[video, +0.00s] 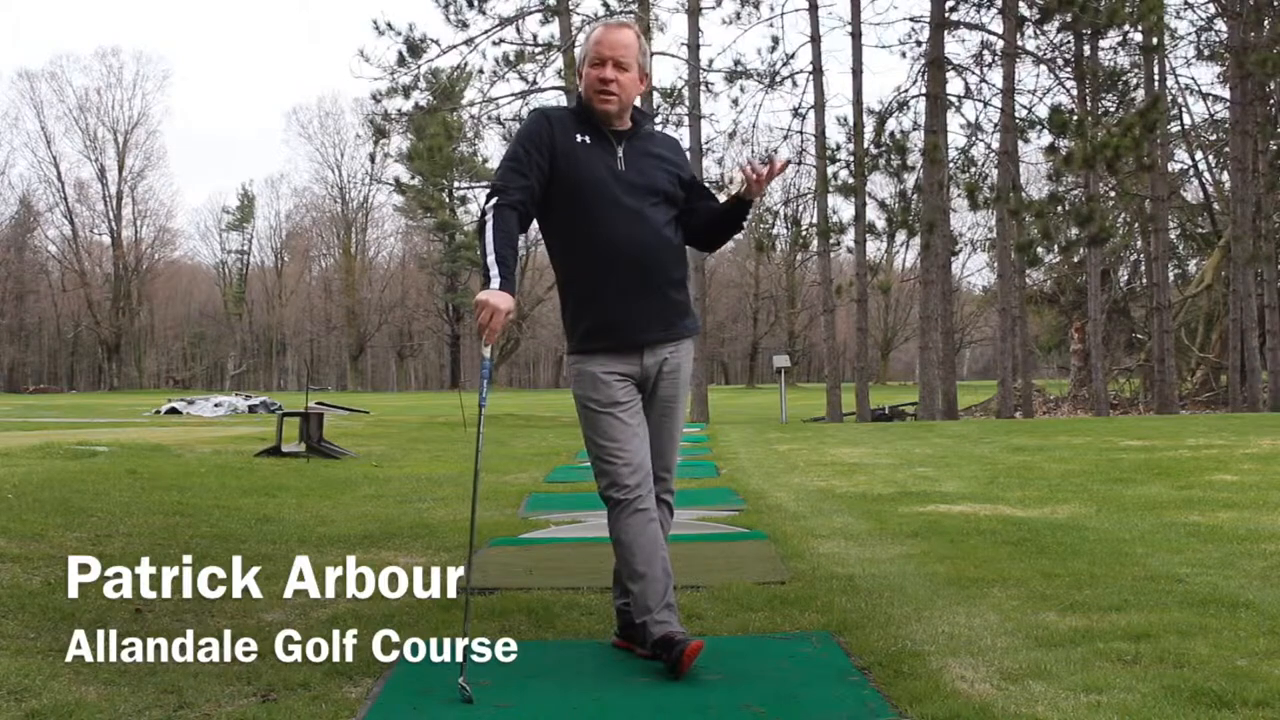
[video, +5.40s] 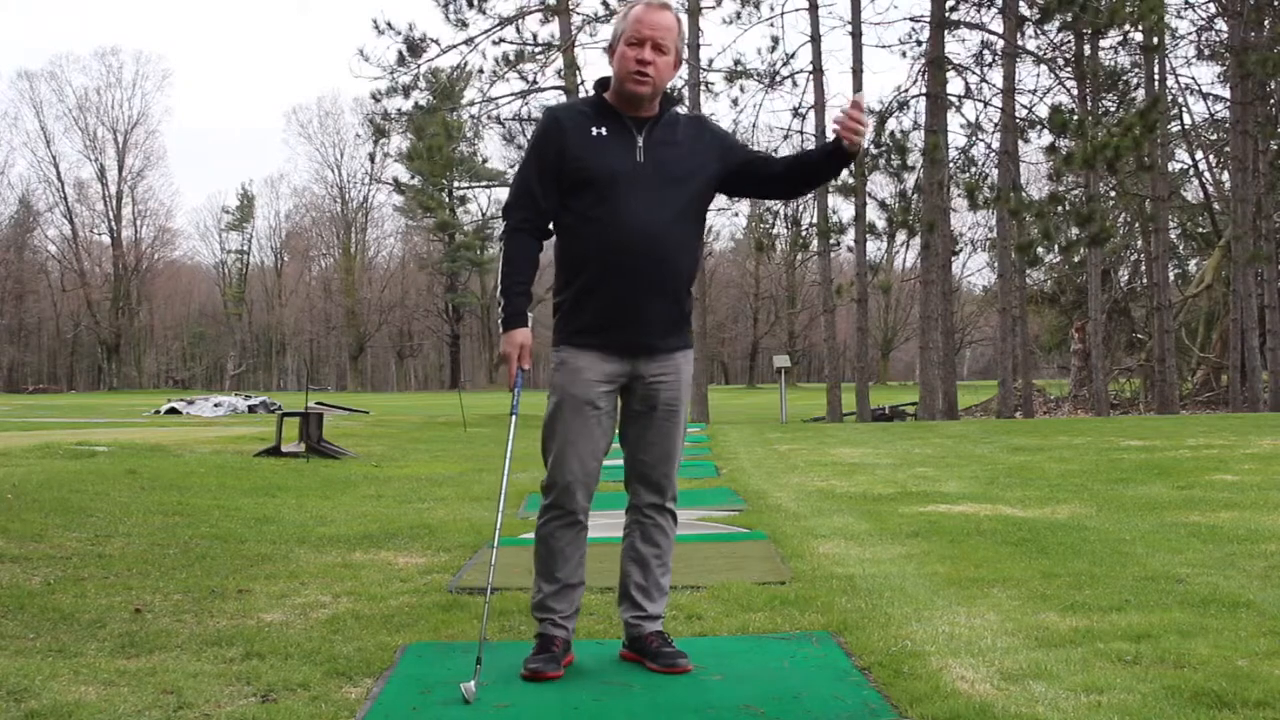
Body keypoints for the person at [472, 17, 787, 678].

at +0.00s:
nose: (607, 75)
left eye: (620, 66)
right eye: (598, 63)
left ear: (642, 80)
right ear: (580, 71)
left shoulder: (664, 149)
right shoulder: (549, 129)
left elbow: (704, 233)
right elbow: (508, 205)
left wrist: (742, 198)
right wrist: (500, 283)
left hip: (672, 342)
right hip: (600, 348)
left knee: (657, 490)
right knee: (628, 488)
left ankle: (634, 620)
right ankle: (663, 627)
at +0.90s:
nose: (597, 74)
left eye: (611, 64)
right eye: (587, 62)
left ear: (633, 76)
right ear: (569, 70)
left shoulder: (657, 142)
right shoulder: (538, 127)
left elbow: (690, 243)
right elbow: (495, 205)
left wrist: (687, 221)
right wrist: (494, 282)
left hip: (651, 341)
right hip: (571, 340)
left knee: (645, 484)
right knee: (566, 467)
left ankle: (637, 616)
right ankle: (558, 623)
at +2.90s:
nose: (545, 67)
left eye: (557, 58)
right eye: (533, 52)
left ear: (565, 68)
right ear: (500, 57)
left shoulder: (587, 134)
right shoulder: (455, 139)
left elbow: (637, 212)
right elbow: (427, 239)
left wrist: (661, 169)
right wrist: (432, 332)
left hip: (578, 340)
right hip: (497, 346)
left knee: (594, 492)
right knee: (516, 496)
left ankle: (608, 627)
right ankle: (527, 630)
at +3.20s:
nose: (544, 68)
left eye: (554, 58)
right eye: (531, 55)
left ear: (563, 66)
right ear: (496, 59)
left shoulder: (582, 132)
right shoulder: (451, 141)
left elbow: (622, 206)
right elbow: (426, 246)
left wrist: (637, 240)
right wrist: (430, 339)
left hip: (577, 341)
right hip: (494, 346)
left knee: (594, 493)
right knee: (514, 496)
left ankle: (608, 628)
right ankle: (527, 631)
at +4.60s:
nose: (554, 59)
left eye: (567, 50)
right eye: (542, 46)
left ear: (581, 65)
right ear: (515, 54)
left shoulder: (607, 135)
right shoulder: (471, 137)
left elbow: (680, 191)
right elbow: (438, 237)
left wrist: (660, 154)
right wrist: (443, 334)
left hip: (595, 341)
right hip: (513, 346)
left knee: (620, 489)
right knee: (523, 495)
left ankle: (643, 629)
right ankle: (529, 632)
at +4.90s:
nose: (597, 57)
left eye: (611, 50)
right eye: (587, 43)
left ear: (623, 66)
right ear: (559, 50)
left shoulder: (649, 137)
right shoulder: (510, 132)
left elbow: (720, 181)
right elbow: (473, 234)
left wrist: (741, 140)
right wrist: (476, 328)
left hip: (629, 344)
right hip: (545, 345)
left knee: (636, 494)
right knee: (539, 495)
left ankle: (644, 628)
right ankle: (530, 630)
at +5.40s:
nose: (643, 56)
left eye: (658, 48)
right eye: (634, 44)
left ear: (676, 65)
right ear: (611, 53)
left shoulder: (701, 140)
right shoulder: (564, 129)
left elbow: (776, 179)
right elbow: (523, 227)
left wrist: (840, 149)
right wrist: (515, 319)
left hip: (666, 347)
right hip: (583, 343)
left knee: (655, 496)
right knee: (566, 494)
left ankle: (645, 629)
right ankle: (553, 632)